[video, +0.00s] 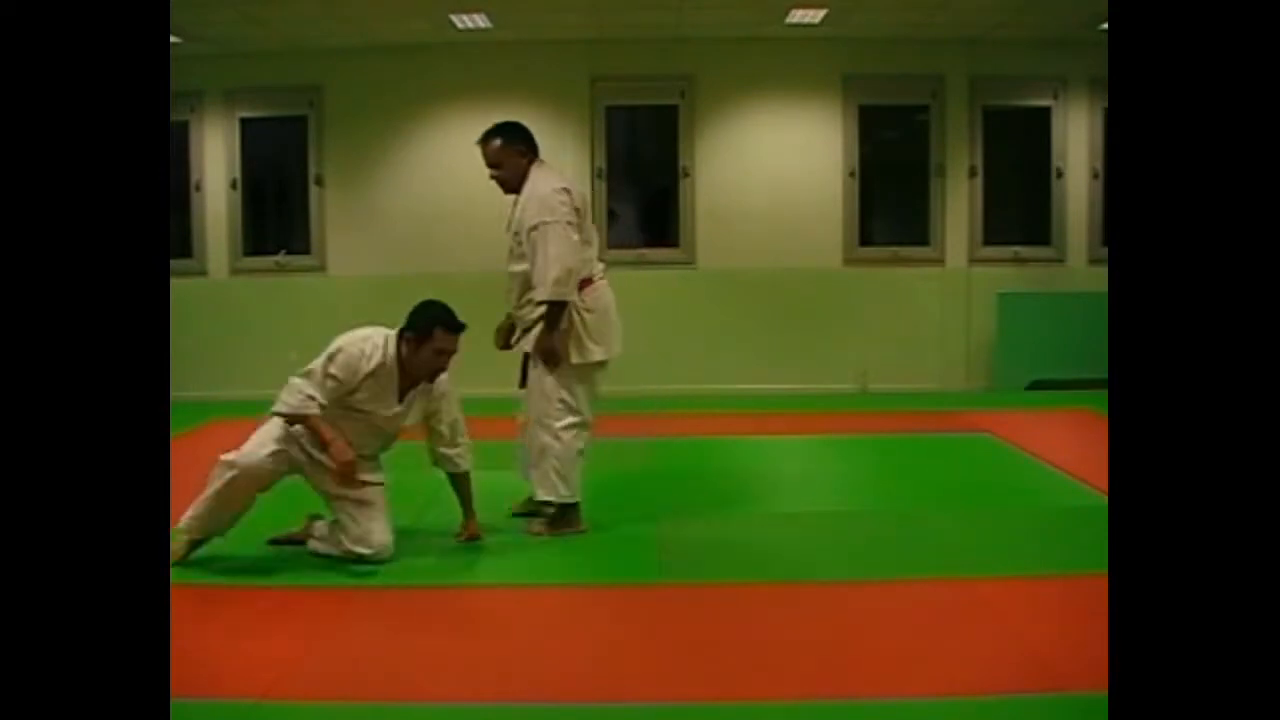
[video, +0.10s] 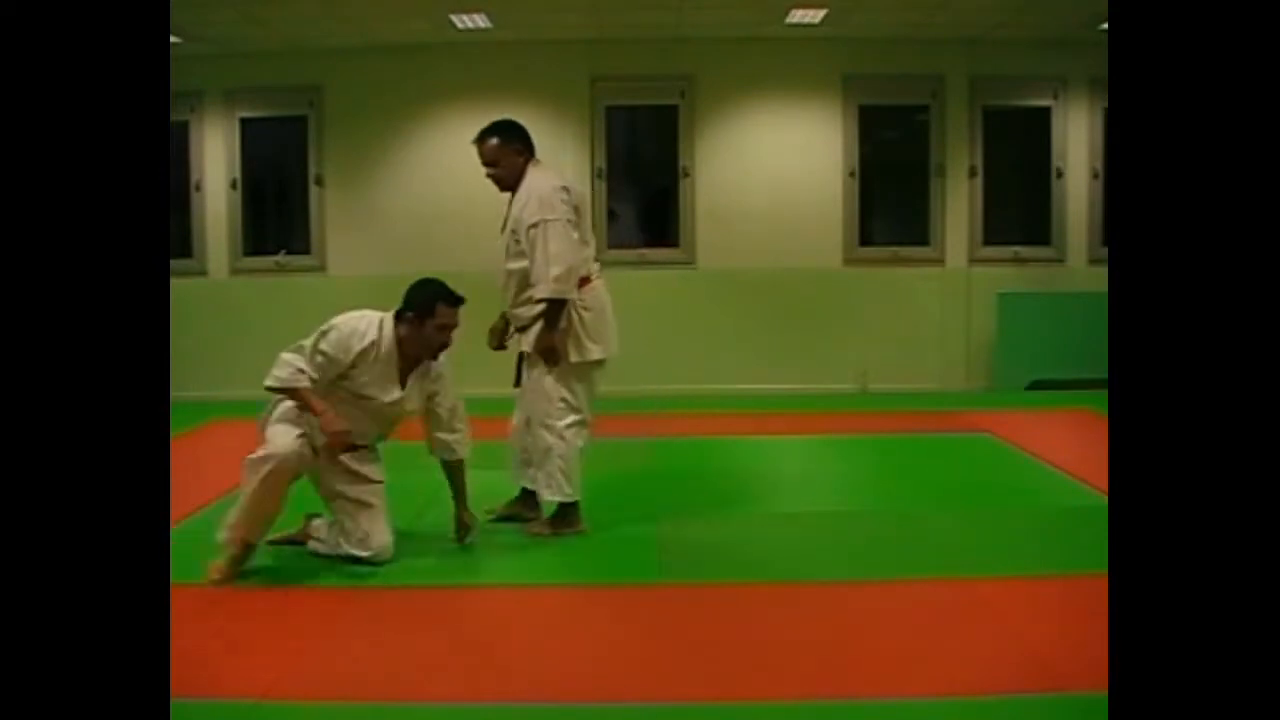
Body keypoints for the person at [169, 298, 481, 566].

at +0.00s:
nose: (445, 365)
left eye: (451, 356)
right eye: (440, 354)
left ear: (452, 353)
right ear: (409, 343)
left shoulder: (437, 385)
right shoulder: (363, 350)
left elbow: (453, 450)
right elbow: (297, 398)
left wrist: (470, 518)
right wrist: (335, 443)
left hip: (357, 462)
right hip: (300, 434)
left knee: (373, 546)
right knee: (245, 467)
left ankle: (315, 534)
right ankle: (190, 535)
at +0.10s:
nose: (449, 340)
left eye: (453, 331)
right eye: (443, 330)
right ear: (411, 322)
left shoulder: (432, 368)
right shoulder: (356, 332)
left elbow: (450, 438)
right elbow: (288, 374)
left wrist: (462, 508)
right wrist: (325, 416)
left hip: (355, 448)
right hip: (302, 419)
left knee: (374, 548)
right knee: (284, 454)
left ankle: (315, 531)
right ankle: (237, 548)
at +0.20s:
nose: (444, 311)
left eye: (446, 301)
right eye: (437, 300)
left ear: (409, 298)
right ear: (404, 296)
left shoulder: (428, 346)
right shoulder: (345, 314)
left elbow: (442, 415)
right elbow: (278, 360)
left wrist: (447, 485)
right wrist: (327, 394)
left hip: (362, 440)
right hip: (303, 413)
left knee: (378, 548)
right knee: (334, 439)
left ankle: (313, 530)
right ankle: (346, 560)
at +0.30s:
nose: (440, 289)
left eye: (441, 278)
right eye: (433, 279)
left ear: (406, 282)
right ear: (399, 281)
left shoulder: (425, 328)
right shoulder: (341, 307)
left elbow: (436, 393)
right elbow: (286, 365)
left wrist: (436, 456)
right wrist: (346, 408)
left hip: (359, 428)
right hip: (304, 417)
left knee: (373, 543)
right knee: (362, 440)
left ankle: (311, 530)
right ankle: (394, 562)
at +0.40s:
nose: (426, 248)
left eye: (424, 238)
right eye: (417, 240)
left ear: (393, 246)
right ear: (387, 246)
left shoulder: (411, 295)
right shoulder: (337, 290)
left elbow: (415, 363)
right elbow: (320, 378)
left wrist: (419, 415)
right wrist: (380, 421)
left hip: (367, 415)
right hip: (316, 416)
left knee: (372, 540)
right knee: (387, 455)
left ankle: (313, 530)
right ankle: (402, 570)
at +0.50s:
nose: (418, 219)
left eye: (414, 210)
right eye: (409, 212)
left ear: (381, 221)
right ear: (380, 221)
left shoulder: (402, 271)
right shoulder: (332, 272)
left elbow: (407, 341)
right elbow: (328, 368)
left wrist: (410, 395)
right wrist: (381, 418)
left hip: (371, 401)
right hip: (323, 402)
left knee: (368, 526)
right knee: (394, 460)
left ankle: (320, 531)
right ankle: (406, 572)